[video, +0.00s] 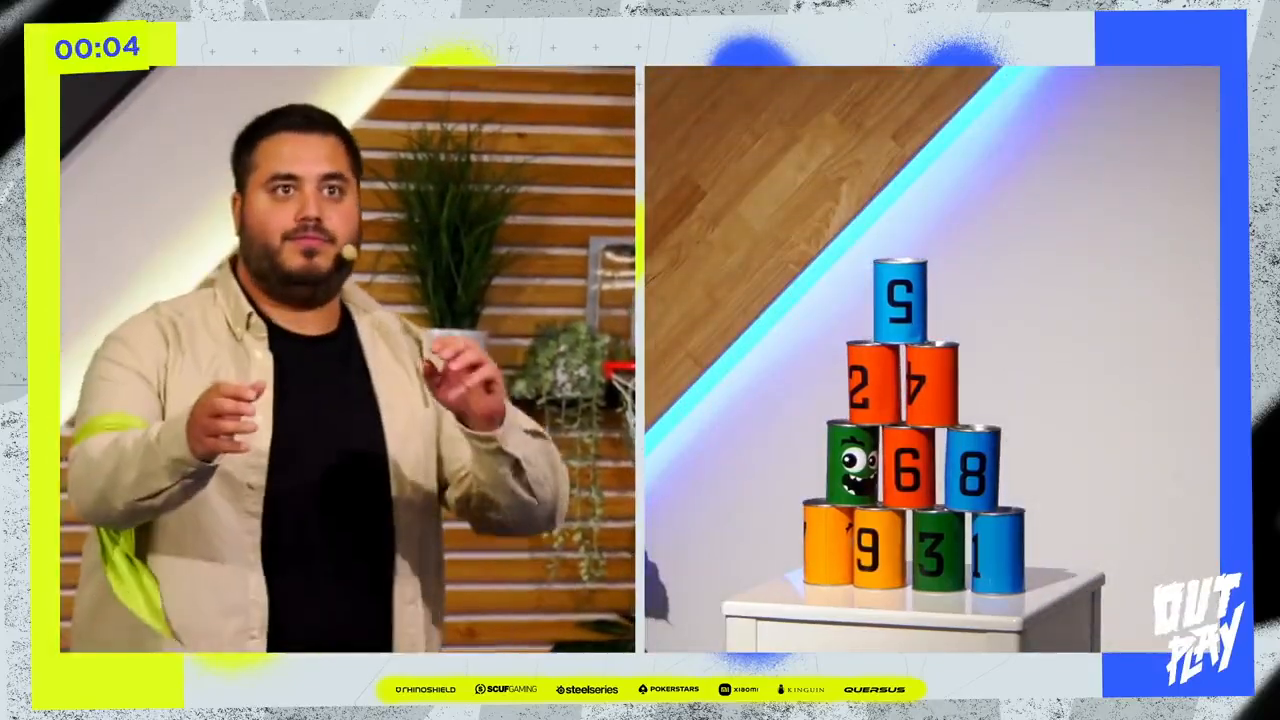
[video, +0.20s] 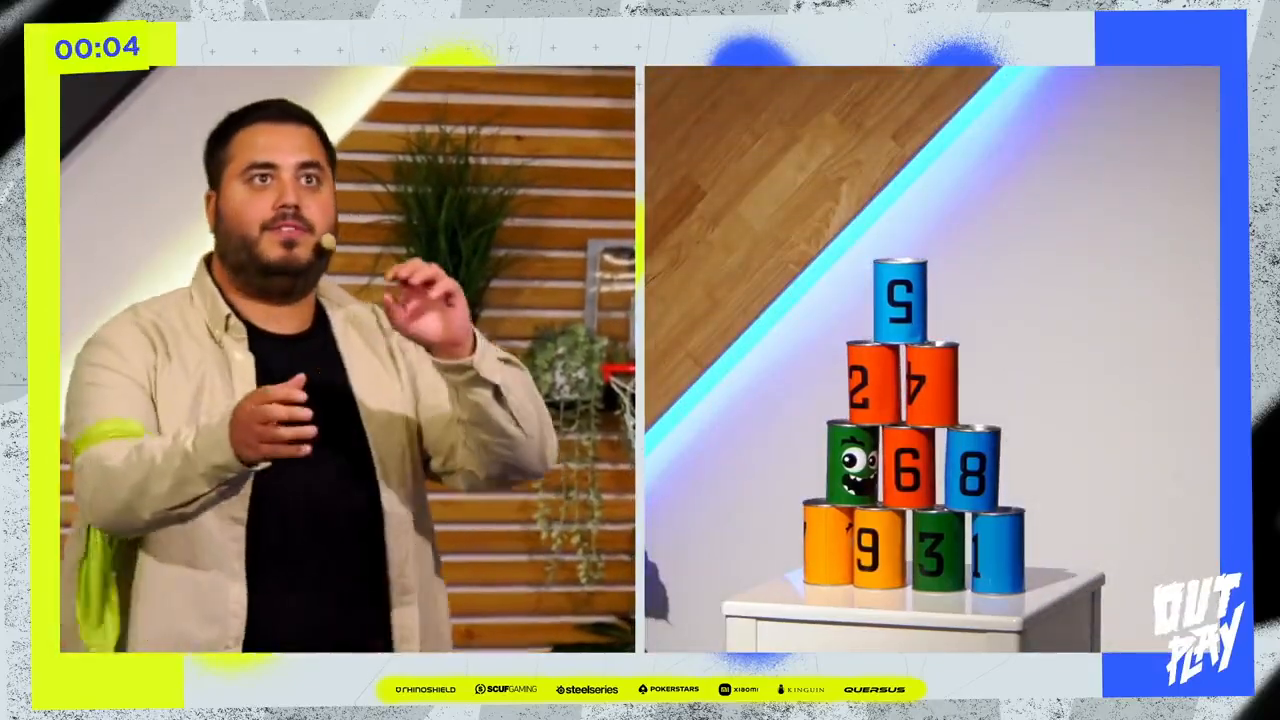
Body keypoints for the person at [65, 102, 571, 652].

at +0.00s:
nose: (311, 211)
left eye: (333, 189)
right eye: (284, 189)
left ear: (357, 213)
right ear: (240, 209)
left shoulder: (414, 354)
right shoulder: (155, 342)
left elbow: (532, 510)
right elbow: (91, 490)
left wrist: (495, 428)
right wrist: (183, 442)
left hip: (381, 694)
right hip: (201, 693)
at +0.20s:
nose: (290, 199)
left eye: (310, 179)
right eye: (260, 178)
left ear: (332, 207)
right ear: (213, 207)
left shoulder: (393, 337)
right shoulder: (136, 343)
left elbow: (521, 458)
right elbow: (106, 496)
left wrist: (462, 353)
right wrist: (226, 444)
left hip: (387, 685)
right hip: (211, 686)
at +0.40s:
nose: (280, 197)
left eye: (297, 179)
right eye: (248, 176)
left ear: (316, 213)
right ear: (192, 210)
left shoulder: (350, 337)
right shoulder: (116, 351)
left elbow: (496, 432)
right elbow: (169, 493)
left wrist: (470, 317)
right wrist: (333, 432)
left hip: (324, 684)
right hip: (167, 688)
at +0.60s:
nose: (290, 220)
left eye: (304, 201)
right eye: (259, 195)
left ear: (318, 221)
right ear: (191, 219)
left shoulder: (334, 345)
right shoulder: (127, 362)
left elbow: (476, 483)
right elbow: (271, 500)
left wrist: (511, 385)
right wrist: (459, 401)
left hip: (322, 698)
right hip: (158, 702)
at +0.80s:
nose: (334, 357)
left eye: (350, 334)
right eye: (319, 328)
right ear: (251, 285)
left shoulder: (328, 389)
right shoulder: (143, 402)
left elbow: (393, 535)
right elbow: (217, 612)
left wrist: (464, 568)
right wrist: (427, 591)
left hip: (294, 695)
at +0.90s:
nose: (345, 389)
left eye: (362, 367)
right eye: (332, 359)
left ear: (376, 352)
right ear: (269, 311)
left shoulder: (333, 413)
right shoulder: (150, 417)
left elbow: (365, 572)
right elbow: (148, 628)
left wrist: (422, 624)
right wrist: (350, 665)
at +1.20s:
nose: (327, 327)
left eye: (345, 305)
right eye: (306, 296)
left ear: (356, 310)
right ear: (242, 281)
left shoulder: (311, 399)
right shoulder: (157, 403)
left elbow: (345, 556)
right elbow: (143, 617)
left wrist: (369, 637)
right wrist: (331, 639)